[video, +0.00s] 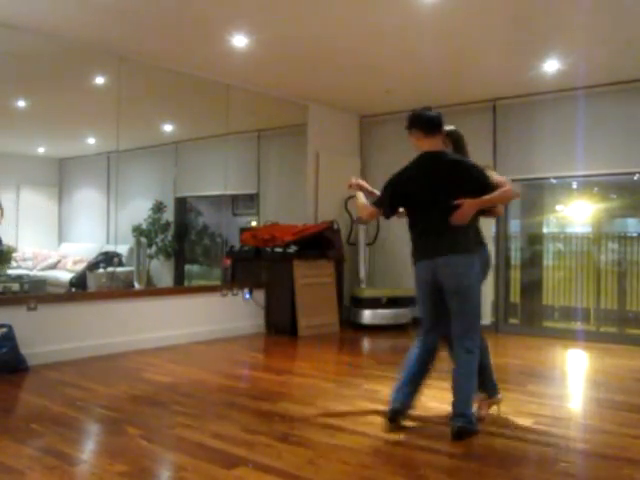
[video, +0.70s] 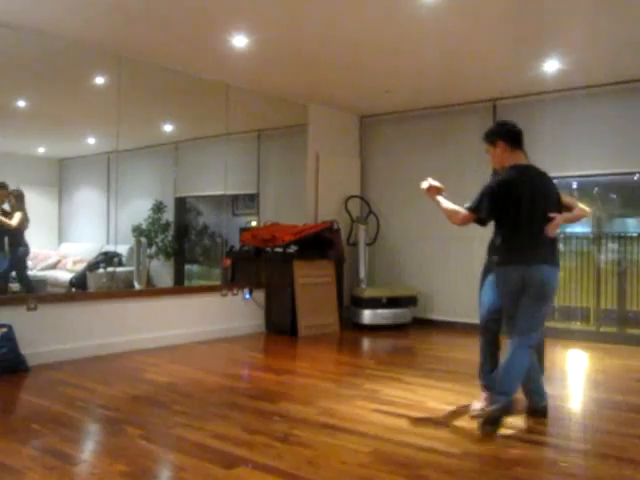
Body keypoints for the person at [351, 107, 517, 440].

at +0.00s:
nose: (412, 141)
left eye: (412, 136)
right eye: (413, 136)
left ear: (415, 136)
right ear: (443, 132)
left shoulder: (409, 174)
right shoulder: (462, 167)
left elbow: (368, 214)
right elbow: (509, 191)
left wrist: (358, 198)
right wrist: (476, 205)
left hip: (425, 263)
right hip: (462, 260)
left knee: (428, 333)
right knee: (466, 339)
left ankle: (398, 403)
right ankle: (462, 417)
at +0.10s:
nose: (423, 140)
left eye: (423, 135)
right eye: (423, 135)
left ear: (429, 134)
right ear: (455, 130)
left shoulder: (421, 174)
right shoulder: (474, 167)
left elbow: (382, 211)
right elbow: (523, 194)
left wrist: (368, 192)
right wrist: (490, 205)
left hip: (437, 263)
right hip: (474, 260)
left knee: (454, 335)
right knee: (478, 337)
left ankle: (426, 406)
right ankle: (467, 417)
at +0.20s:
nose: (434, 143)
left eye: (434, 137)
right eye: (434, 137)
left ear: (441, 135)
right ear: (466, 132)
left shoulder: (436, 174)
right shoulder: (488, 170)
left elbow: (395, 211)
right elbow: (532, 199)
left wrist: (372, 192)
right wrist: (503, 209)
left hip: (449, 263)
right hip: (485, 260)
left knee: (469, 337)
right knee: (484, 338)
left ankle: (458, 406)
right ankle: (467, 418)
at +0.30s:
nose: (446, 145)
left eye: (446, 138)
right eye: (445, 139)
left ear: (454, 137)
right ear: (476, 134)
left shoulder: (450, 175)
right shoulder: (500, 172)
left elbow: (411, 211)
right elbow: (539, 201)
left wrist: (388, 192)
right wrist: (515, 212)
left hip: (461, 268)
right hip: (496, 266)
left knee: (471, 340)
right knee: (493, 340)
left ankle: (489, 407)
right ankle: (468, 420)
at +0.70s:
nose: (490, 159)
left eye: (490, 151)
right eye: (489, 152)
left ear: (502, 148)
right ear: (517, 148)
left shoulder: (501, 183)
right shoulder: (544, 181)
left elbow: (461, 218)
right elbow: (580, 211)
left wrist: (437, 196)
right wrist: (561, 219)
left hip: (508, 266)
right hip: (543, 266)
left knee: (519, 332)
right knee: (527, 334)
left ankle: (537, 399)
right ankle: (499, 399)